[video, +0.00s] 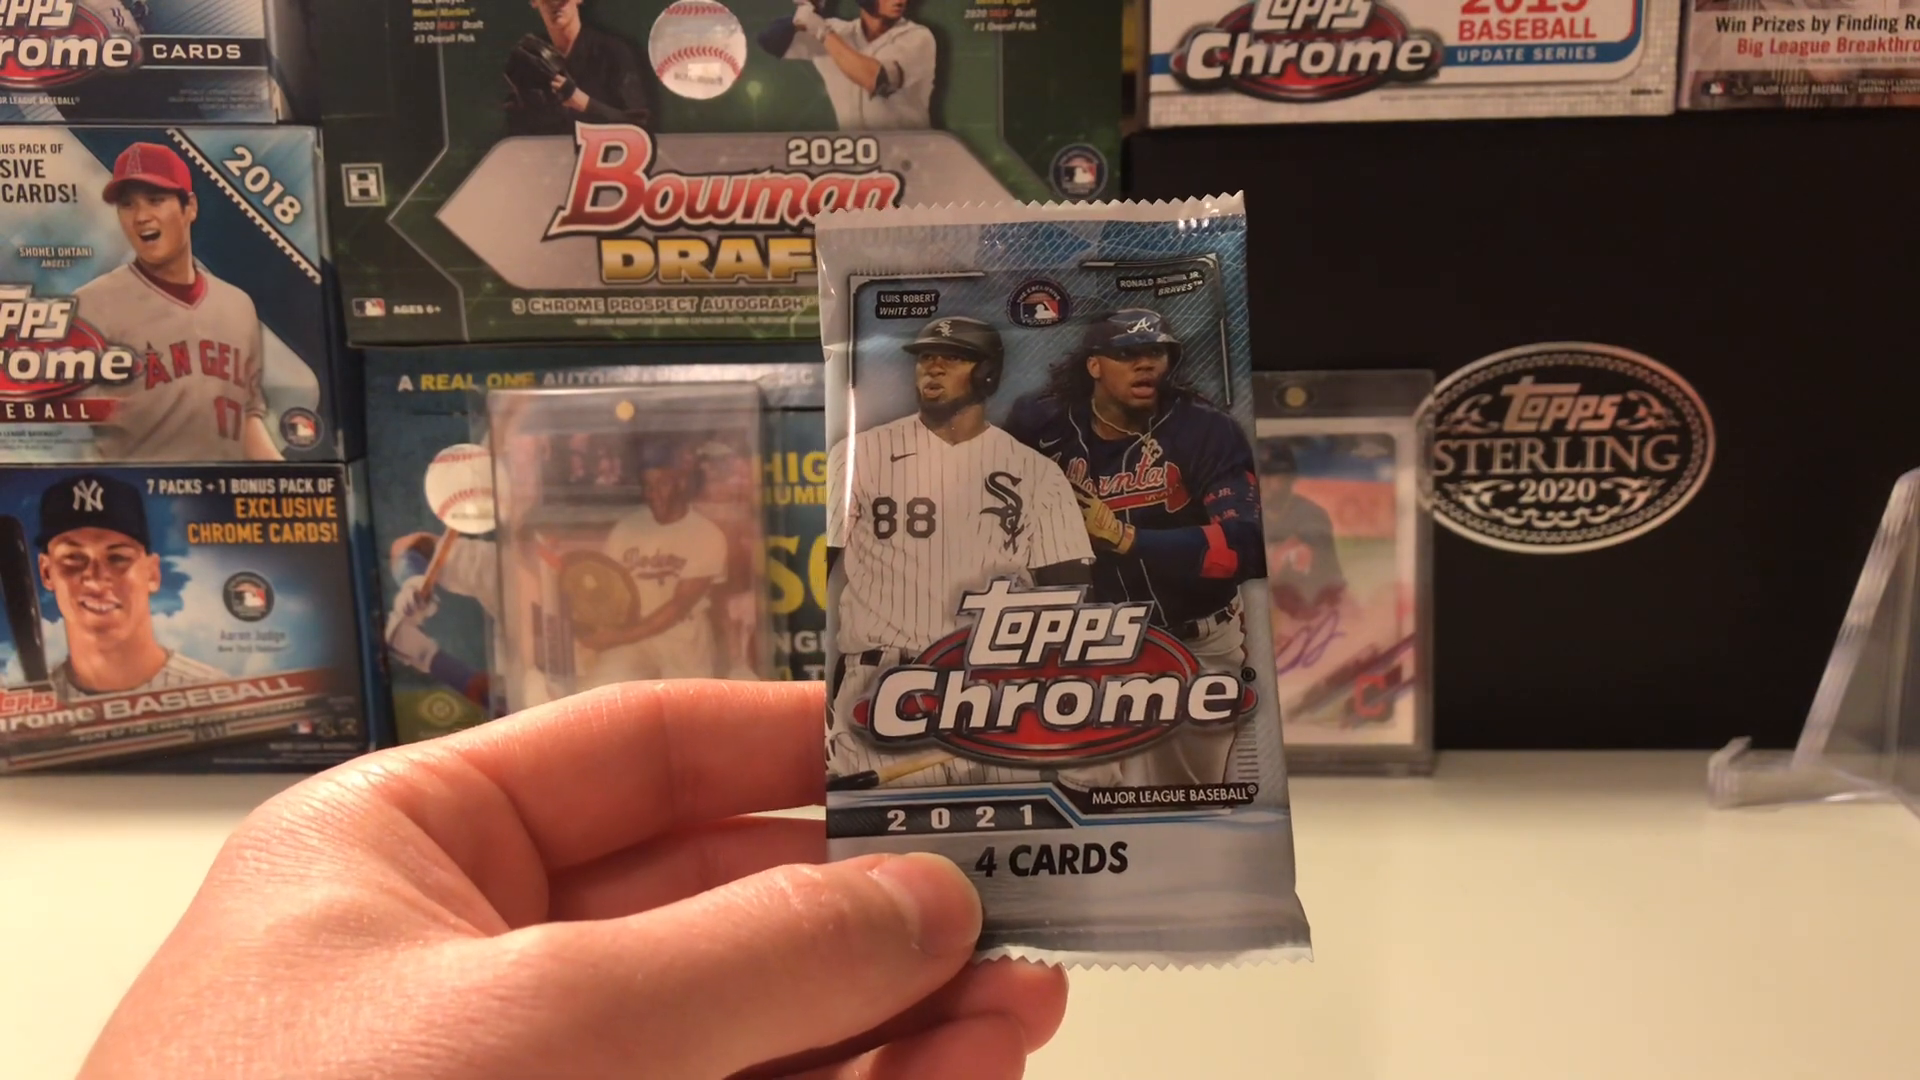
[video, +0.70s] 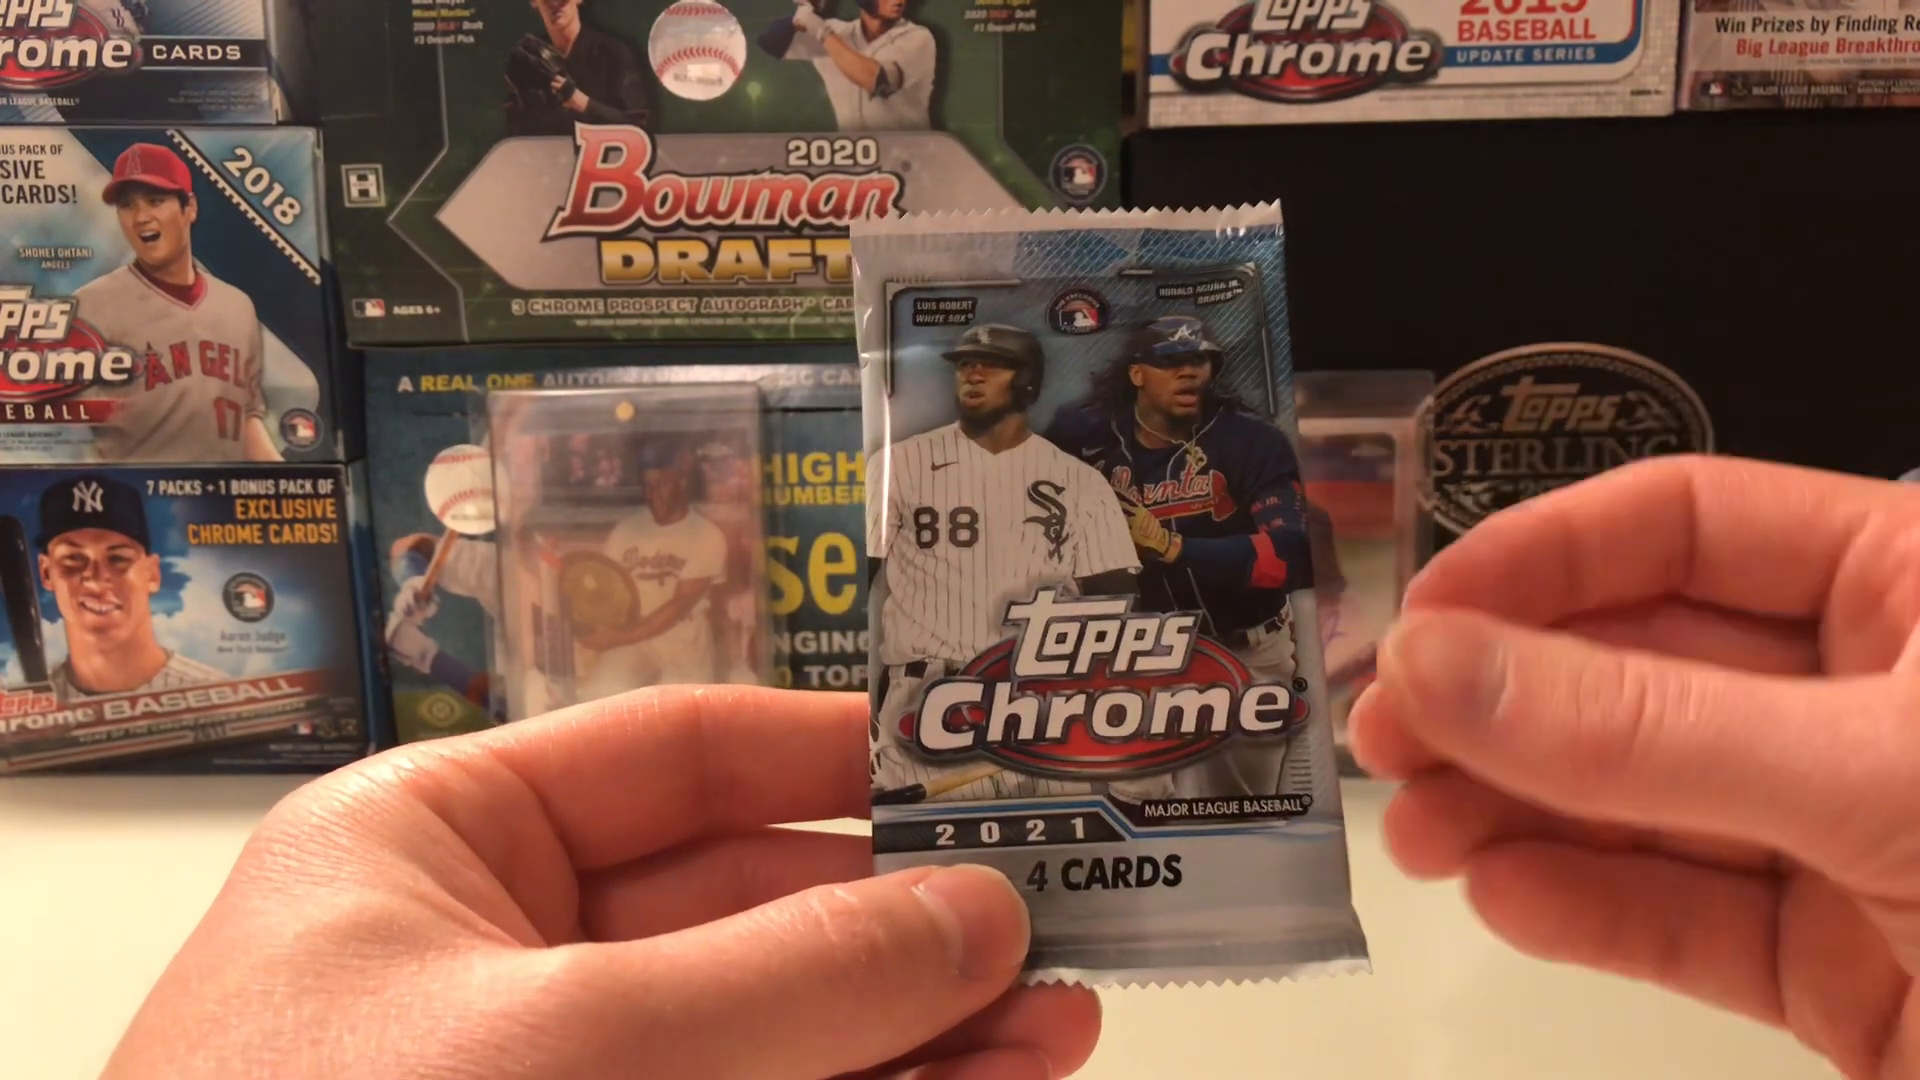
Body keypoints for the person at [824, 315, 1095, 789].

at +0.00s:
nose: (932, 369)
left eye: (950, 358)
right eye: (925, 357)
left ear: (985, 373)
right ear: (915, 367)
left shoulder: (1037, 475)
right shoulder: (856, 459)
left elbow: (1066, 597)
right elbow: (827, 575)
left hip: (992, 699)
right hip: (873, 697)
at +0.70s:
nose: (971, 376)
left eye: (989, 365)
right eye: (964, 365)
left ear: (1025, 381)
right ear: (954, 375)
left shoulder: (1080, 484)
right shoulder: (897, 468)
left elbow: (1113, 608)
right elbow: (857, 591)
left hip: (1038, 717)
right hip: (917, 715)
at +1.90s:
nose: (1032, 370)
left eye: (1051, 360)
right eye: (1025, 359)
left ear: (1087, 377)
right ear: (1014, 369)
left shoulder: (1145, 483)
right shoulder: (957, 464)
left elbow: (1178, 611)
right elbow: (910, 593)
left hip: (1100, 716)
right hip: (979, 714)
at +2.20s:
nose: (1028, 369)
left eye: (1046, 359)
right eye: (1021, 358)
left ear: (1083, 375)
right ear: (1010, 368)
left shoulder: (1139, 478)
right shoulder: (951, 462)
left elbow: (1172, 606)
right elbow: (912, 588)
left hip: (1099, 717)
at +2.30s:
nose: (1038, 376)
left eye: (1055, 366)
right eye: (1031, 365)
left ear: (1091, 382)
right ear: (1020, 375)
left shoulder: (1147, 485)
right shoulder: (959, 468)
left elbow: (1183, 611)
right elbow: (934, 593)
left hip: (1102, 711)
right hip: (982, 710)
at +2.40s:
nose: (1045, 379)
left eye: (1062, 368)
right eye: (1037, 368)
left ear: (1098, 384)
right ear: (1027, 378)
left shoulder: (1156, 486)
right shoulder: (970, 471)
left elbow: (1191, 613)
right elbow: (946, 594)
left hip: (1111, 714)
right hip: (993, 714)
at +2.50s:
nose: (1044, 357)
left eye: (1063, 343)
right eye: (1035, 345)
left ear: (1102, 353)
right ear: (1023, 355)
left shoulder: (1168, 462)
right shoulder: (980, 462)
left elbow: (1210, 591)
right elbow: (972, 593)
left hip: (1142, 732)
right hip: (1022, 738)